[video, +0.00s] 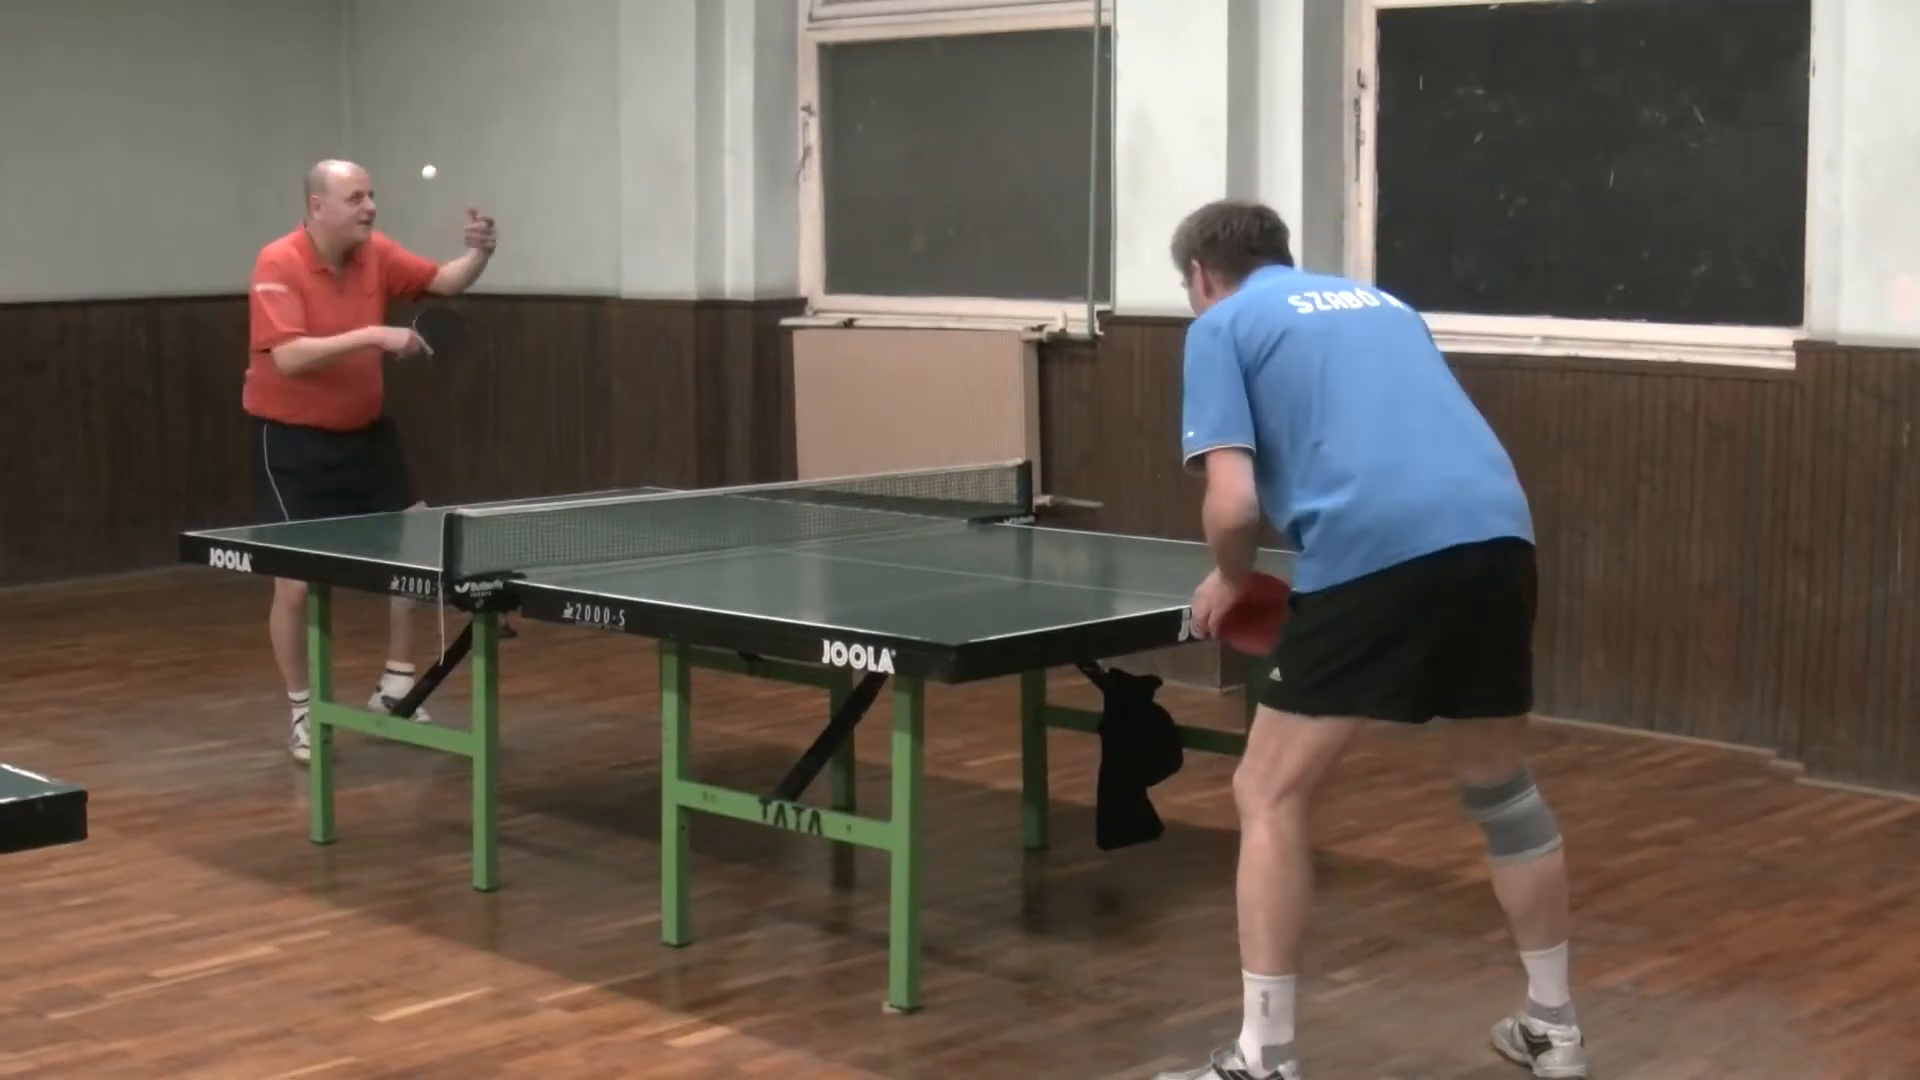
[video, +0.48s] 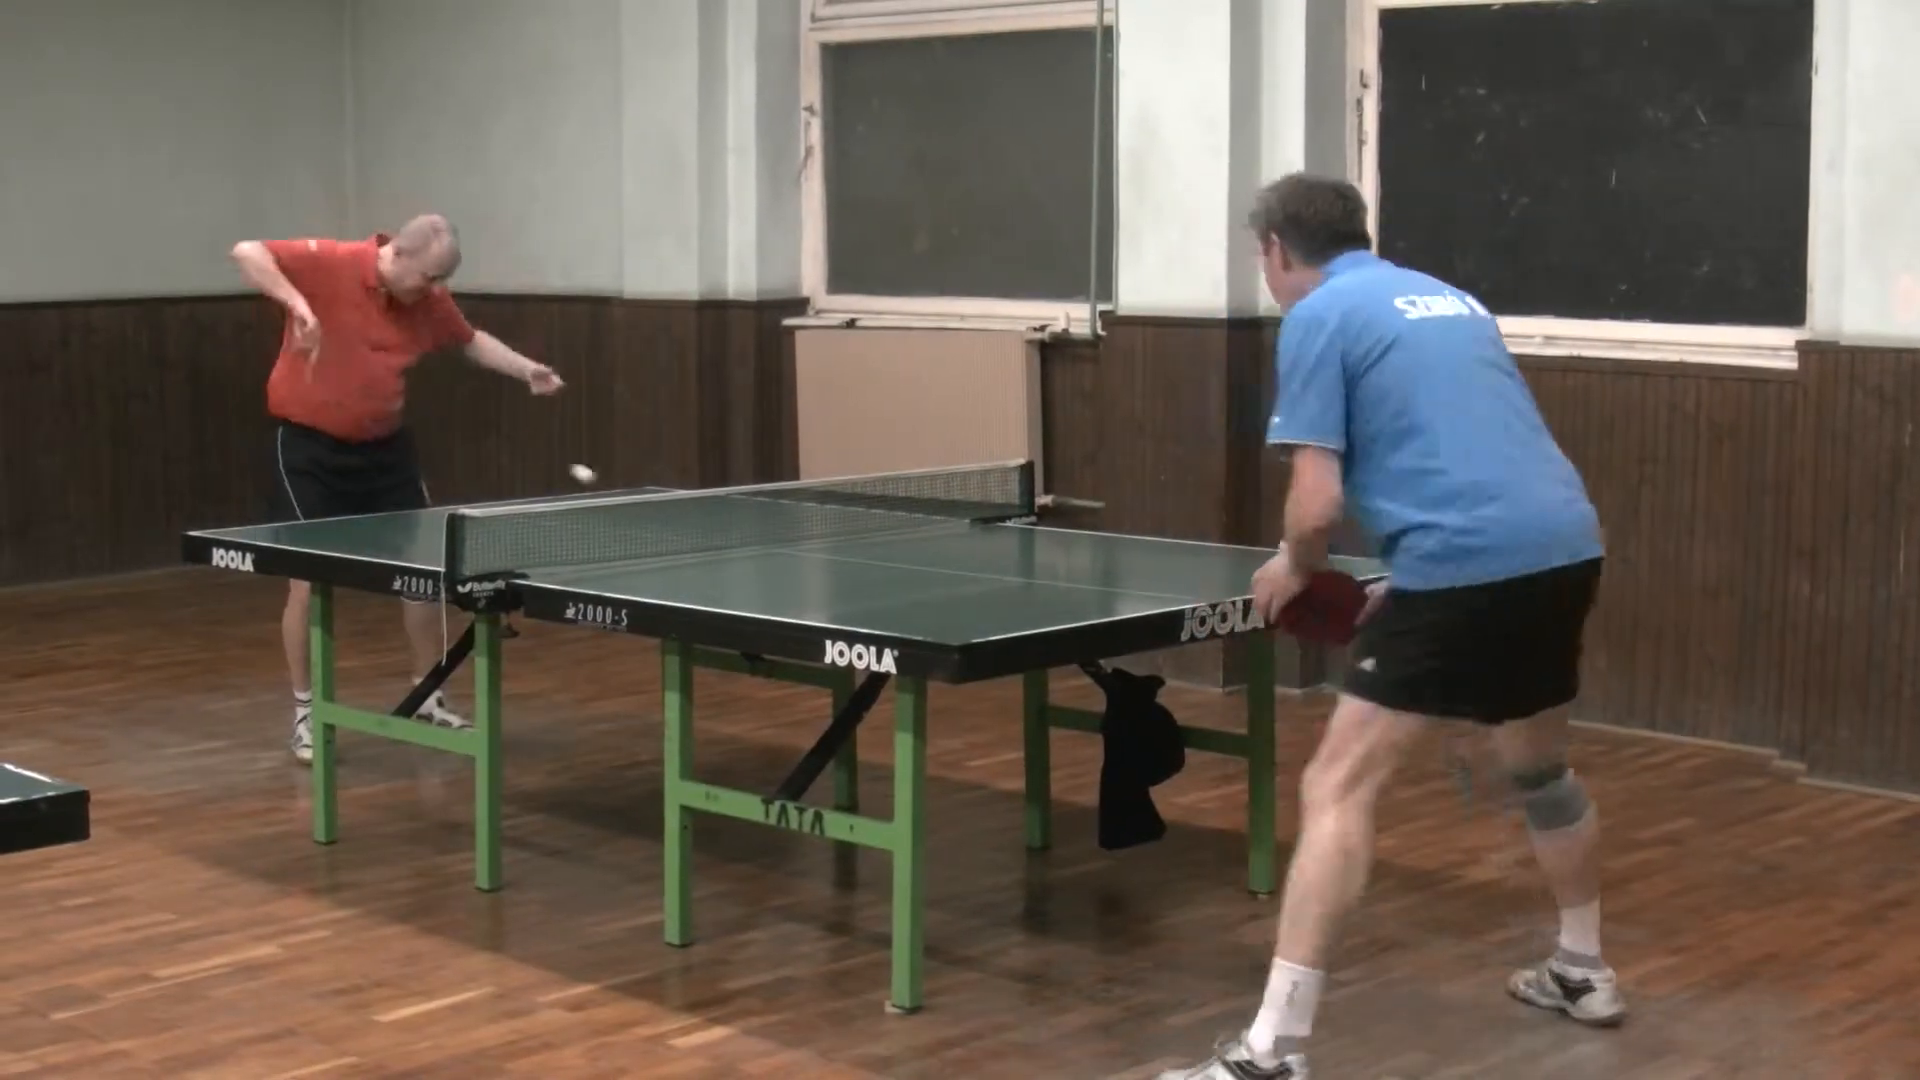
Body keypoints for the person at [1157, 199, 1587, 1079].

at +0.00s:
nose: (1195, 302)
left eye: (1189, 289)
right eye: (1191, 289)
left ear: (1205, 274)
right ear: (1279, 256)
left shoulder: (1219, 324)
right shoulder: (1375, 299)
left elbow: (1232, 501)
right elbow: (1399, 444)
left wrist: (1228, 573)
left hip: (1375, 551)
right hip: (1496, 533)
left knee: (1268, 791)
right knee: (1500, 785)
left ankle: (1265, 1051)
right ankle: (1553, 1021)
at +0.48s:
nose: (1268, 284)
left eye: (1262, 266)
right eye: (1264, 268)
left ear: (1279, 253)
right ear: (1357, 239)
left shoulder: (1315, 318)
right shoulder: (1442, 294)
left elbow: (1317, 506)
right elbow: (1479, 454)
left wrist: (1290, 561)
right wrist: (1401, 570)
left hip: (1459, 564)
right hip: (1565, 551)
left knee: (1338, 785)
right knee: (1536, 765)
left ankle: (1275, 1043)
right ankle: (1583, 968)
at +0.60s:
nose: (1292, 285)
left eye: (1291, 267)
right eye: (1291, 268)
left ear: (1313, 262)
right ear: (1376, 247)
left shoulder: (1356, 325)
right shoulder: (1465, 295)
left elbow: (1372, 508)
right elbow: (1525, 466)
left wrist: (1320, 558)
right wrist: (1432, 566)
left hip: (1525, 556)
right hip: (1620, 538)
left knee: (1395, 781)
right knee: (1558, 742)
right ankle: (1587, 967)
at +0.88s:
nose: (1401, 314)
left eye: (1400, 298)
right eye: (1401, 299)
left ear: (1419, 293)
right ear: (1489, 283)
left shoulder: (1451, 361)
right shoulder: (1565, 338)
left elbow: (1462, 534)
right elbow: (1584, 469)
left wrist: (1430, 623)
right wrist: (1489, 533)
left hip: (1590, 605)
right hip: (1686, 589)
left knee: (1467, 814)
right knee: (1632, 741)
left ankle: (1536, 1056)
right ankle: (1658, 916)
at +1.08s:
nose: (1445, 304)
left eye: (1443, 289)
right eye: (1444, 289)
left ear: (1462, 286)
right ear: (1522, 269)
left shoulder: (1514, 355)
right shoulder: (1595, 312)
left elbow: (1567, 496)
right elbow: (1649, 444)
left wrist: (1546, 619)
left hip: (1662, 565)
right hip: (1735, 548)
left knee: (1616, 791)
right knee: (1666, 720)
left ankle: (1557, 1029)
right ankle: (1658, 911)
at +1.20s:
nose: (1475, 261)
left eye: (1475, 249)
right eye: (1474, 250)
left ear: (1493, 250)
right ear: (1552, 230)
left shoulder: (1556, 316)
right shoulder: (1605, 268)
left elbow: (1603, 463)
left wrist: (1552, 582)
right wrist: (1414, 296)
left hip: (1693, 534)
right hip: (1748, 511)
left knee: (1643, 765)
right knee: (1668, 725)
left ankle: (1625, 1006)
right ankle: (1662, 914)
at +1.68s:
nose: (1542, 173)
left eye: (1550, 152)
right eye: (1544, 153)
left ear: (1597, 157)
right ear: (1601, 157)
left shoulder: (1672, 246)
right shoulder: (1632, 246)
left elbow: (1716, 412)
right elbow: (1593, 355)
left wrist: (1625, 532)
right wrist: (1476, 399)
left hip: (1765, 498)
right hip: (1721, 499)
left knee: (1732, 730)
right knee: (1706, 689)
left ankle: (1785, 990)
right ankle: (1763, 909)